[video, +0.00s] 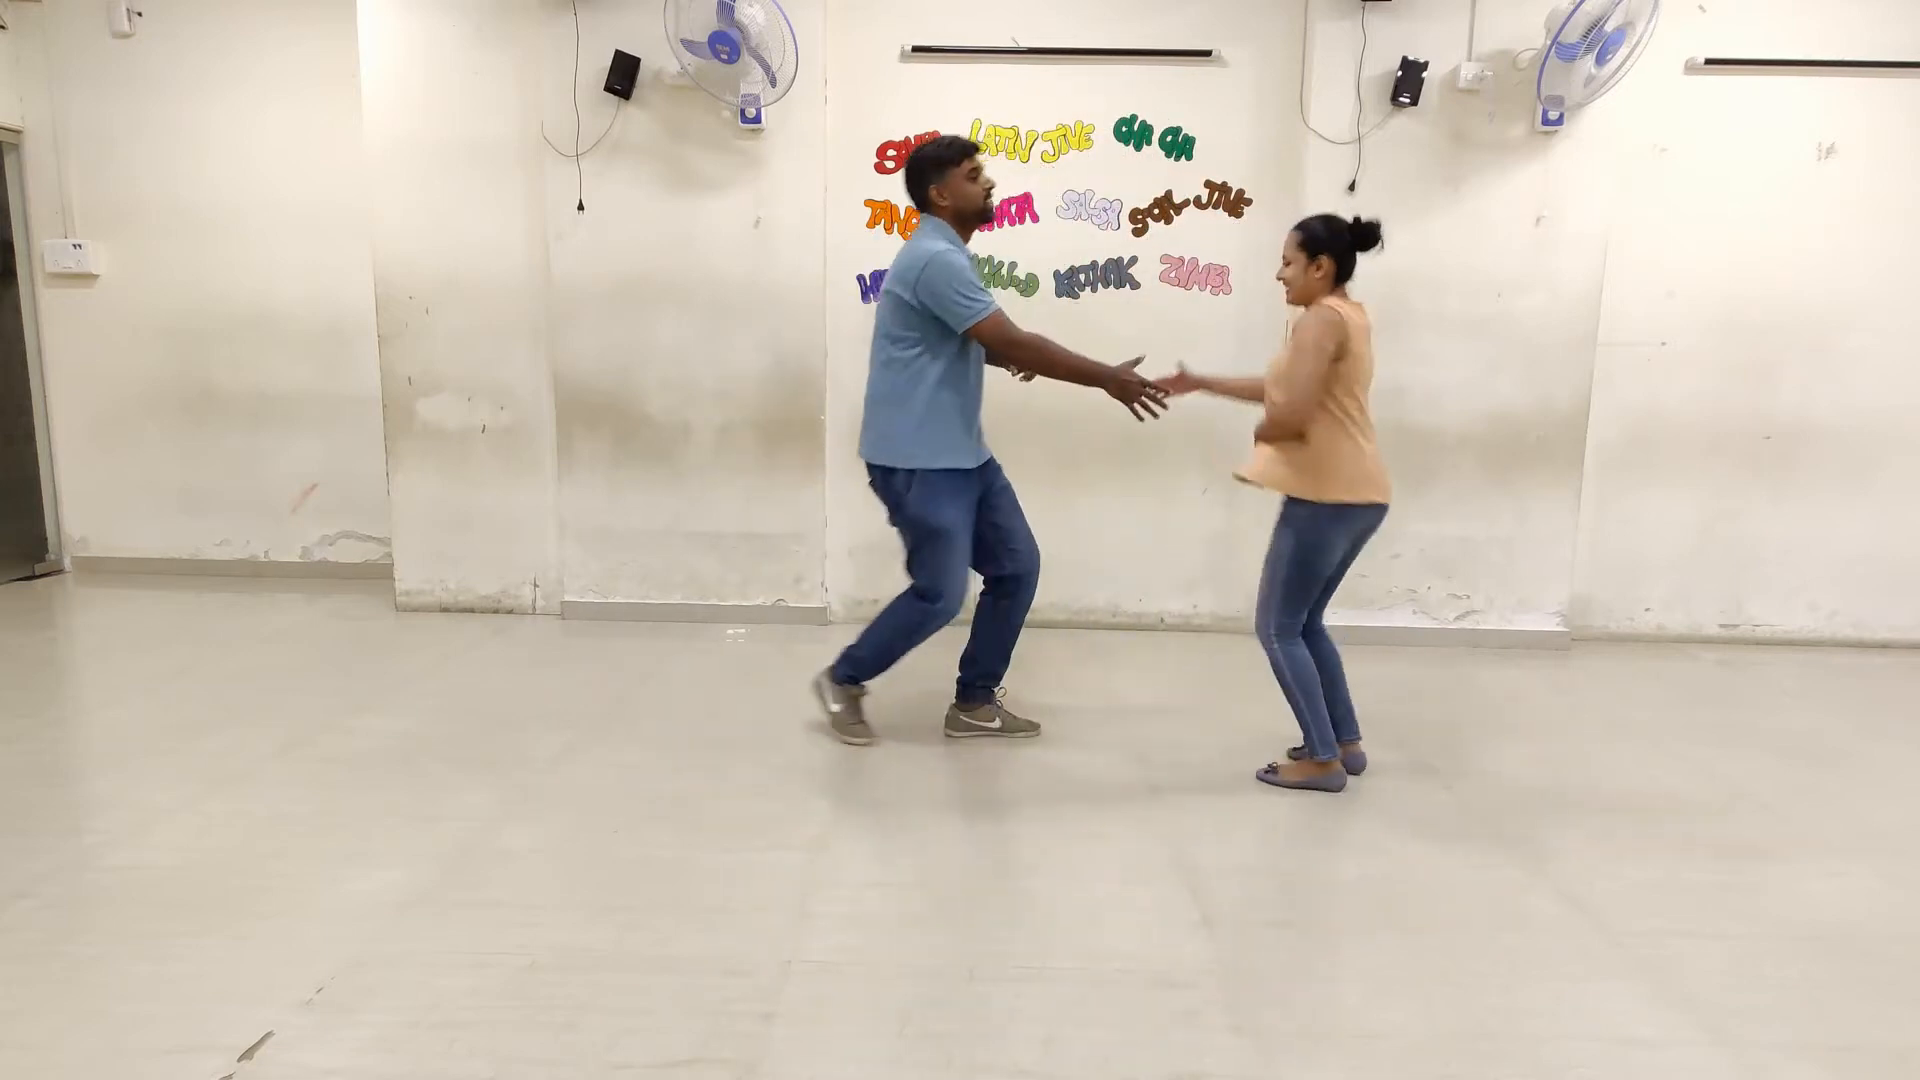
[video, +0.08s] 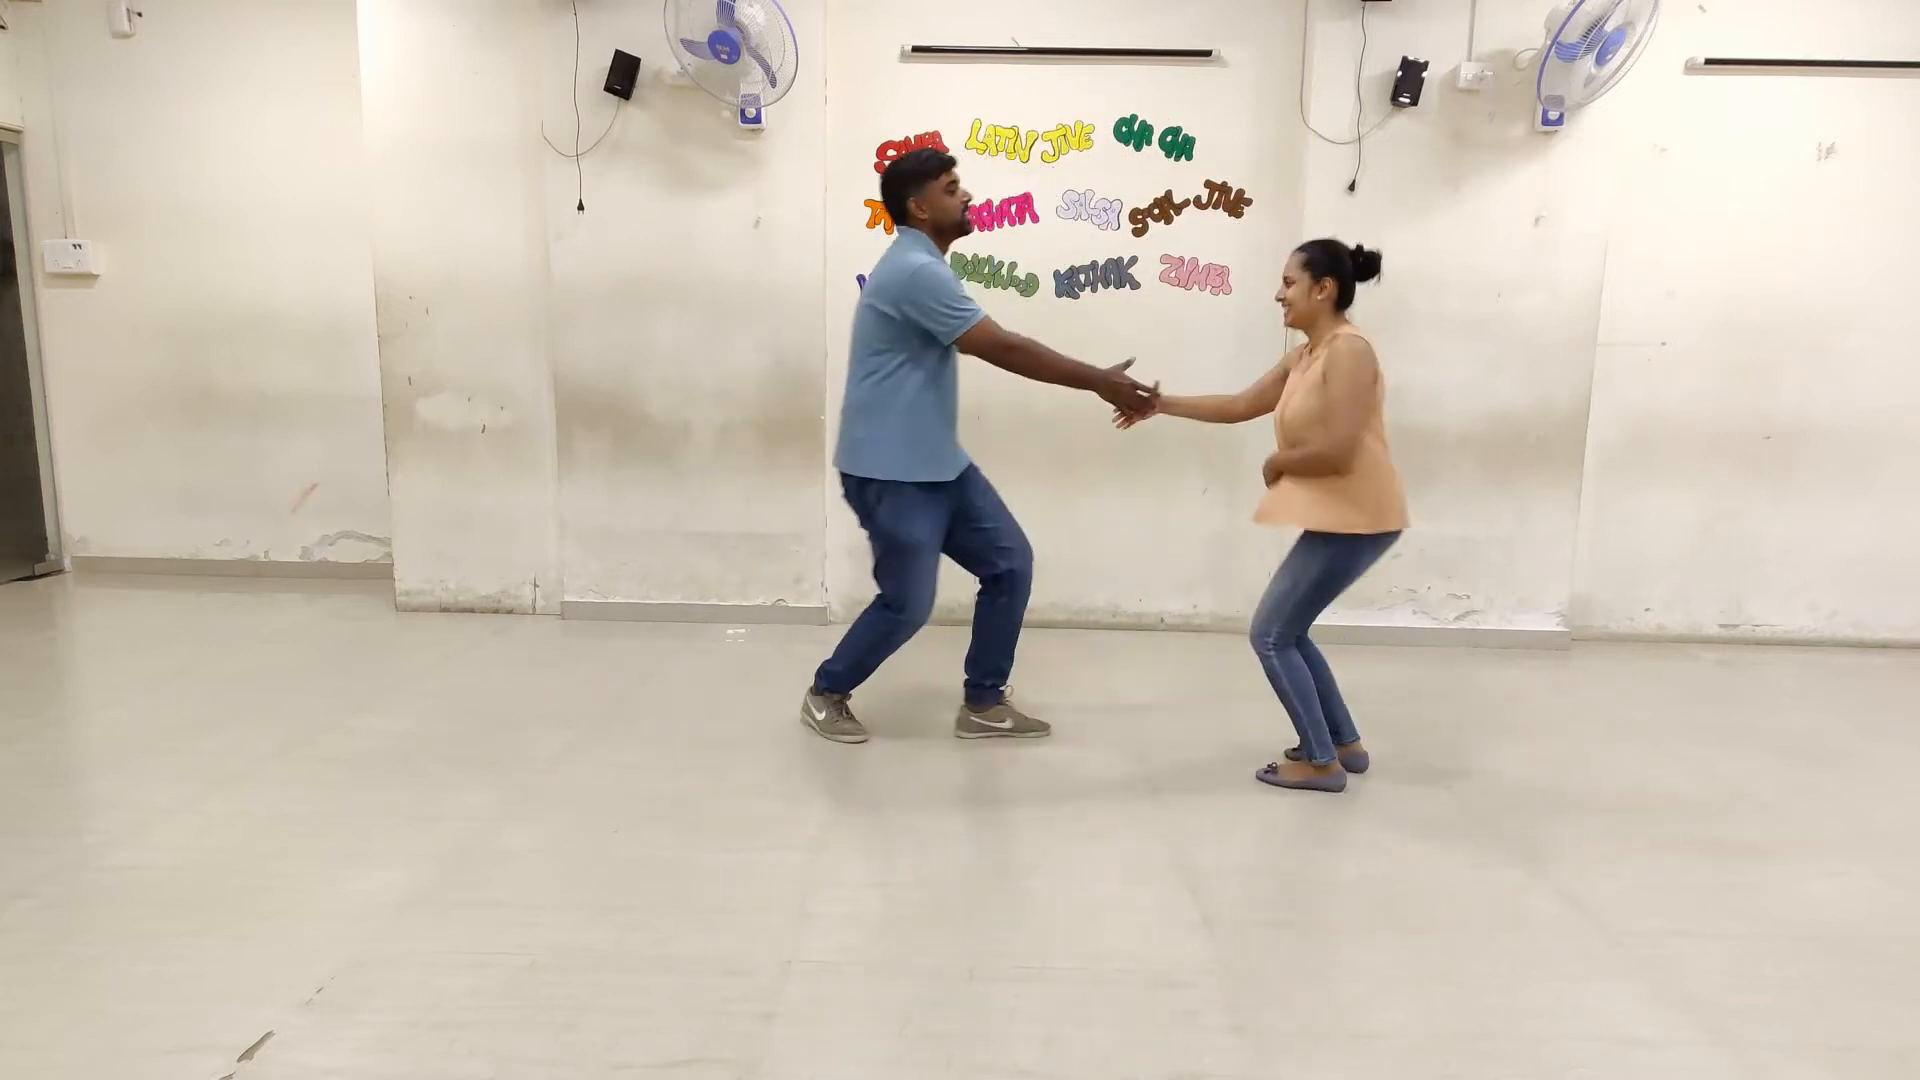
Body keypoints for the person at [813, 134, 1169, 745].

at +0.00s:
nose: (988, 182)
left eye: (982, 172)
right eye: (972, 175)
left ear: (945, 193)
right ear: (937, 193)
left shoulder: (949, 255)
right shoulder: (935, 257)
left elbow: (975, 349)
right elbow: (1014, 344)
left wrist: (1012, 359)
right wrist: (1107, 376)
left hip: (960, 449)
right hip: (915, 454)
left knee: (1016, 567)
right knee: (939, 592)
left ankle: (975, 702)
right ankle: (842, 680)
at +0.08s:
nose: (965, 195)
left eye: (959, 185)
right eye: (951, 187)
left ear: (923, 206)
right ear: (917, 204)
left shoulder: (925, 266)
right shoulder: (912, 269)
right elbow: (1001, 348)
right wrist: (1100, 381)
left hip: (936, 460)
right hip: (887, 465)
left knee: (1010, 562)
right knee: (907, 604)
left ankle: (983, 703)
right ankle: (826, 692)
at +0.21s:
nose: (947, 183)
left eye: (943, 174)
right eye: (934, 176)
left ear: (904, 195)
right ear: (899, 191)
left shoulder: (900, 248)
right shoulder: (894, 255)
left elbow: (923, 299)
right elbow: (982, 336)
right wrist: (1082, 365)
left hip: (901, 446)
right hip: (859, 451)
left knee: (962, 559)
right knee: (882, 587)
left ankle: (1013, 694)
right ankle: (824, 693)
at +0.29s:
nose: (941, 173)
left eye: (937, 163)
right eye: (928, 165)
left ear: (901, 181)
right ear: (894, 179)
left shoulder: (896, 233)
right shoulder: (889, 244)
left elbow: (932, 264)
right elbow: (970, 327)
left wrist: (964, 273)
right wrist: (1070, 350)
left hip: (890, 438)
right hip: (851, 442)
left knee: (938, 560)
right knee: (871, 578)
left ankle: (995, 691)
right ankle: (822, 692)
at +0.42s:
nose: (930, 163)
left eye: (928, 154)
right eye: (915, 157)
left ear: (905, 173)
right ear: (879, 171)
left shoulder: (901, 226)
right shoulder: (876, 233)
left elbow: (947, 238)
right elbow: (959, 314)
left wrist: (968, 247)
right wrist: (1060, 324)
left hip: (888, 429)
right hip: (841, 431)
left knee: (924, 561)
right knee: (858, 570)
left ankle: (960, 696)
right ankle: (819, 692)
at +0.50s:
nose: (929, 165)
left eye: (927, 155)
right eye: (915, 158)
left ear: (905, 173)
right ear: (880, 173)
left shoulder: (905, 230)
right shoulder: (875, 233)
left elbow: (957, 224)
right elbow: (950, 318)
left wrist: (973, 237)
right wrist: (1051, 327)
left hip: (896, 427)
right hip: (841, 431)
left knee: (953, 539)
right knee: (857, 572)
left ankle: (953, 687)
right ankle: (815, 693)